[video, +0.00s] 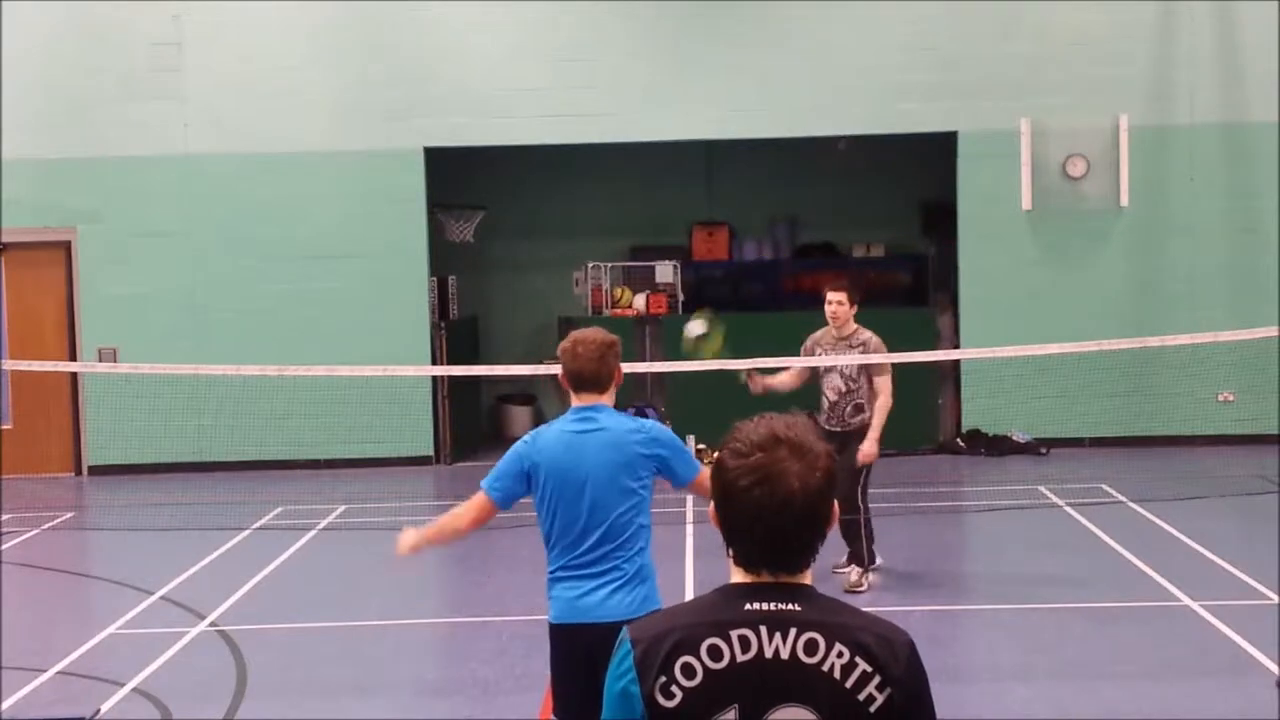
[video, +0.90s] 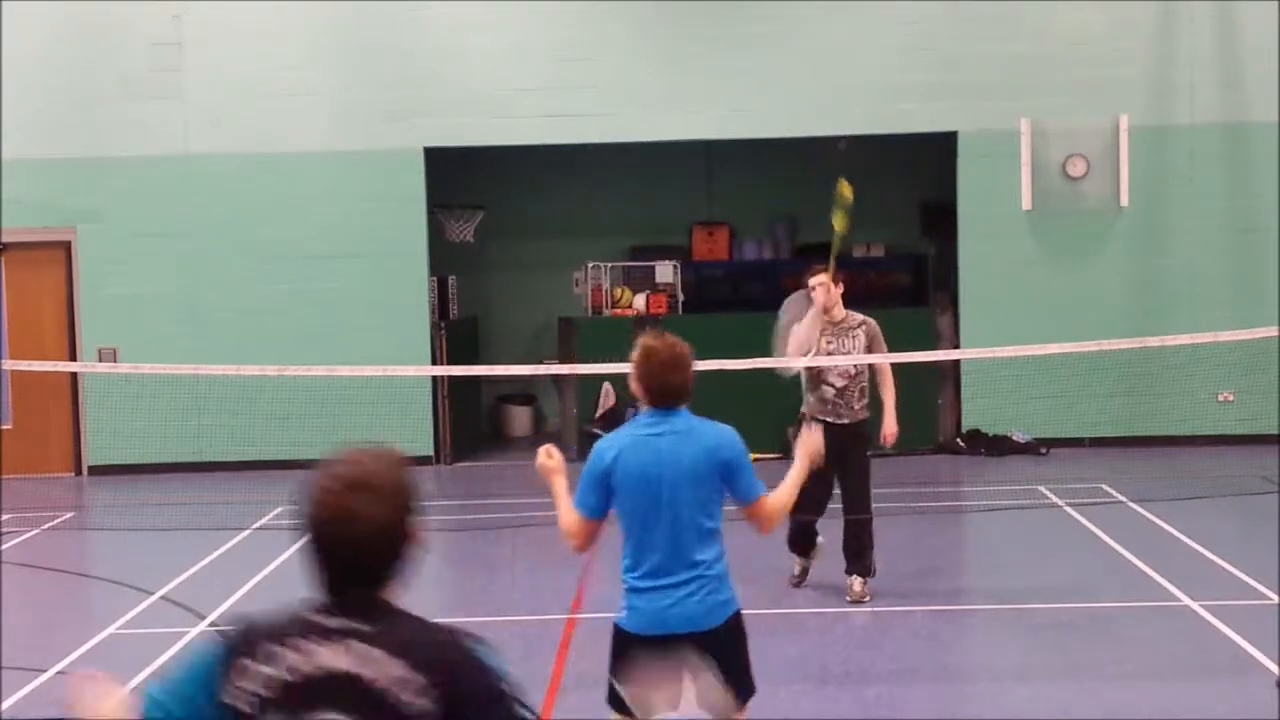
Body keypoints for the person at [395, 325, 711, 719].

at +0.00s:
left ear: (562, 379)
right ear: (618, 376)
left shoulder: (535, 445)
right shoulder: (646, 436)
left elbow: (469, 518)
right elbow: (710, 486)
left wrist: (418, 537)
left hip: (571, 621)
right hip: (637, 616)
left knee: (572, 710)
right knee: (642, 708)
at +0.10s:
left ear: (568, 380)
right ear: (624, 377)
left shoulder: (538, 446)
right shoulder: (651, 440)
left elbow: (484, 533)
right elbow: (714, 513)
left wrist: (433, 580)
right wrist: (756, 531)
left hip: (570, 621)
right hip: (637, 617)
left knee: (574, 712)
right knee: (638, 712)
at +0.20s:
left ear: (573, 378)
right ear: (628, 377)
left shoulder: (542, 447)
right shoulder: (653, 443)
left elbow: (503, 543)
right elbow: (706, 533)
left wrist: (468, 608)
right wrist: (749, 579)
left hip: (568, 623)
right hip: (635, 620)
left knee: (574, 712)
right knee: (637, 713)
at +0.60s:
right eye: (639, 368)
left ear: (580, 377)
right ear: (636, 376)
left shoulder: (555, 448)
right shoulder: (663, 441)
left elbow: (532, 546)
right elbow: (689, 535)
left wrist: (498, 553)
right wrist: (727, 582)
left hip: (589, 631)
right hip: (656, 628)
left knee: (587, 713)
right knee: (677, 715)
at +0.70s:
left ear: (584, 380)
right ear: (641, 375)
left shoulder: (566, 451)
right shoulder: (674, 439)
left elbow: (542, 548)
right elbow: (708, 529)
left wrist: (509, 513)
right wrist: (753, 587)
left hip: (601, 620)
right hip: (670, 612)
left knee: (595, 710)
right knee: (691, 708)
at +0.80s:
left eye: (605, 378)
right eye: (662, 368)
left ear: (610, 389)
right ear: (661, 382)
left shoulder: (588, 455)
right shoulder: (696, 443)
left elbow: (560, 544)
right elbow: (740, 529)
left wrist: (537, 486)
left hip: (624, 634)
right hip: (693, 630)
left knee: (620, 716)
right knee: (721, 713)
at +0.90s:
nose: (629, 376)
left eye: (632, 371)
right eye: (632, 369)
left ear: (638, 385)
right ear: (687, 380)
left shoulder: (612, 450)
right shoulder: (720, 440)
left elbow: (579, 537)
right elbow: (766, 518)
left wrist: (555, 478)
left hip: (643, 621)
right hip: (712, 617)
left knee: (630, 712)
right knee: (732, 710)